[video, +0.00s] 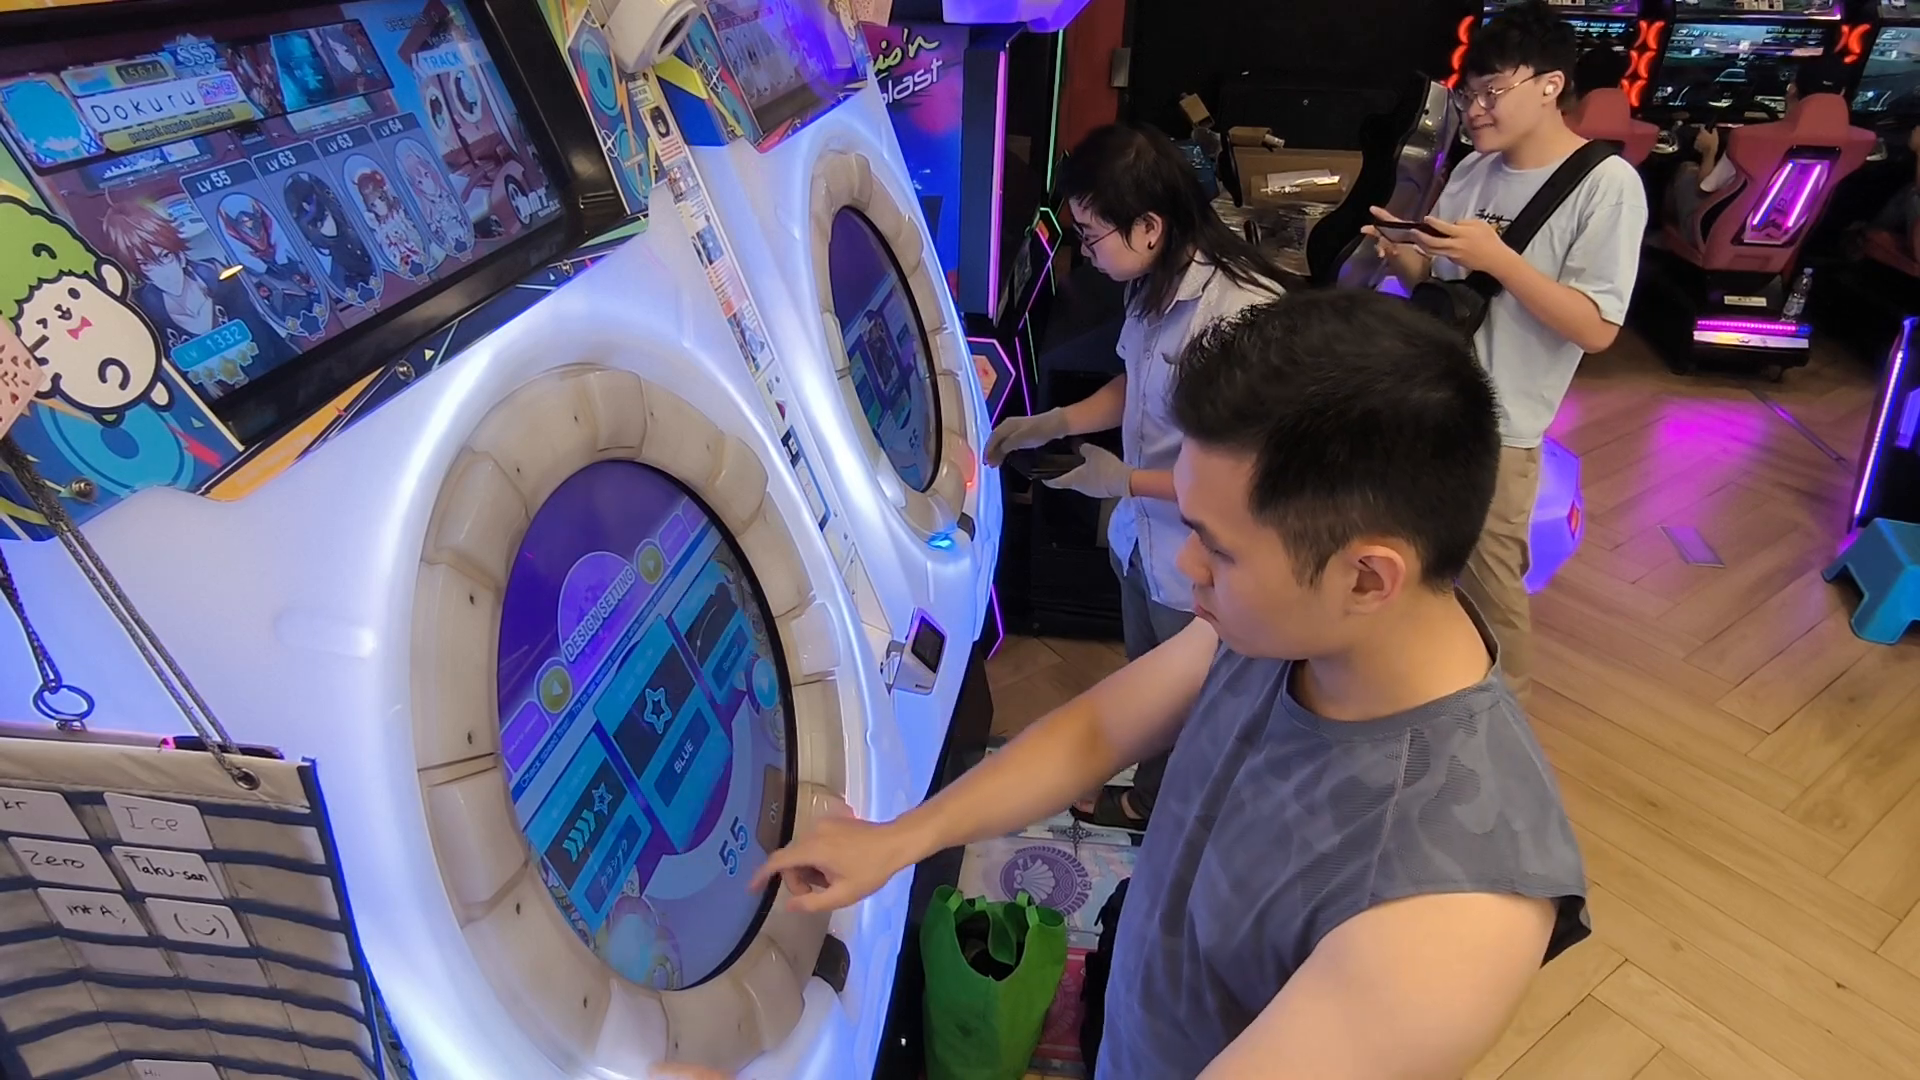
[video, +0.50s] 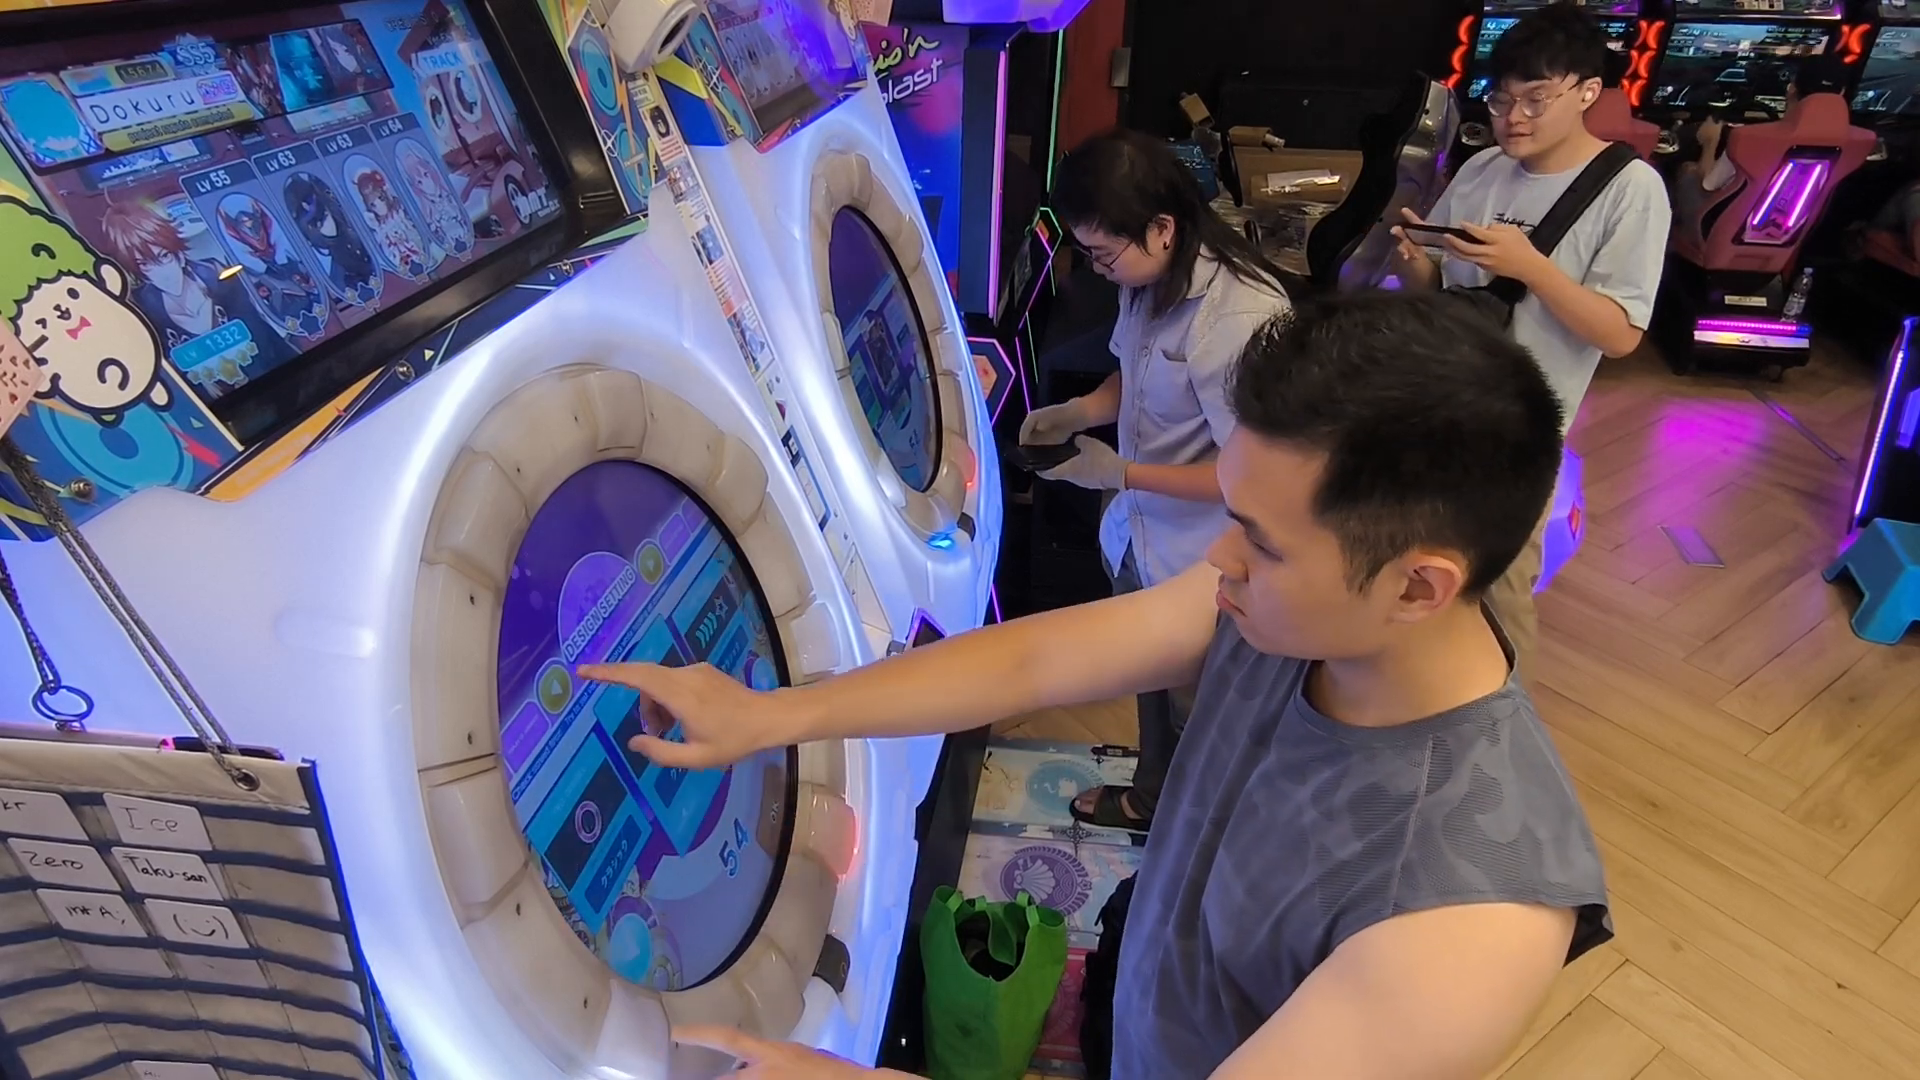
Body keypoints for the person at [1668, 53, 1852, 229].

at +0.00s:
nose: (1788, 88)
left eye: (1791, 84)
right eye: (1791, 82)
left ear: (1793, 91)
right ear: (1841, 96)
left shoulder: (1757, 140)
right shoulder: (1837, 151)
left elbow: (1707, 186)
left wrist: (1708, 151)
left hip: (1720, 246)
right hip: (1777, 252)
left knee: (1687, 170)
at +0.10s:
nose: (1788, 88)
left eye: (1791, 83)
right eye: (1792, 82)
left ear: (1794, 90)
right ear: (1841, 96)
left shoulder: (1757, 140)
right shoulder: (1840, 152)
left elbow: (1706, 186)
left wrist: (1709, 151)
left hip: (1721, 244)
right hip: (1780, 249)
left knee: (1687, 170)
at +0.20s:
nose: (1788, 88)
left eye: (1792, 83)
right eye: (1792, 82)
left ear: (1795, 90)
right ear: (1841, 96)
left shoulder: (1757, 140)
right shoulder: (1840, 151)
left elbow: (1707, 186)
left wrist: (1708, 153)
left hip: (1721, 244)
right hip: (1780, 249)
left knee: (1686, 171)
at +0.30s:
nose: (1787, 89)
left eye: (1791, 84)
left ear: (1793, 90)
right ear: (1842, 95)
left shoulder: (1756, 141)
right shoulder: (1843, 152)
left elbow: (1707, 185)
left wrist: (1707, 152)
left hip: (1722, 246)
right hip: (1781, 251)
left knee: (1686, 171)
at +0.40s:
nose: (1788, 88)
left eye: (1791, 84)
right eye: (1792, 82)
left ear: (1793, 89)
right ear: (1842, 96)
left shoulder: (1757, 140)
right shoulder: (1842, 152)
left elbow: (1707, 184)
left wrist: (1708, 148)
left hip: (1721, 244)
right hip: (1780, 250)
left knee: (1687, 170)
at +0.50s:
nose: (1787, 88)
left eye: (1790, 83)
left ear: (1792, 90)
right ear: (1841, 95)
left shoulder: (1756, 140)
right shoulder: (1844, 152)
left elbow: (1709, 183)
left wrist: (1709, 143)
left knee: (1687, 171)